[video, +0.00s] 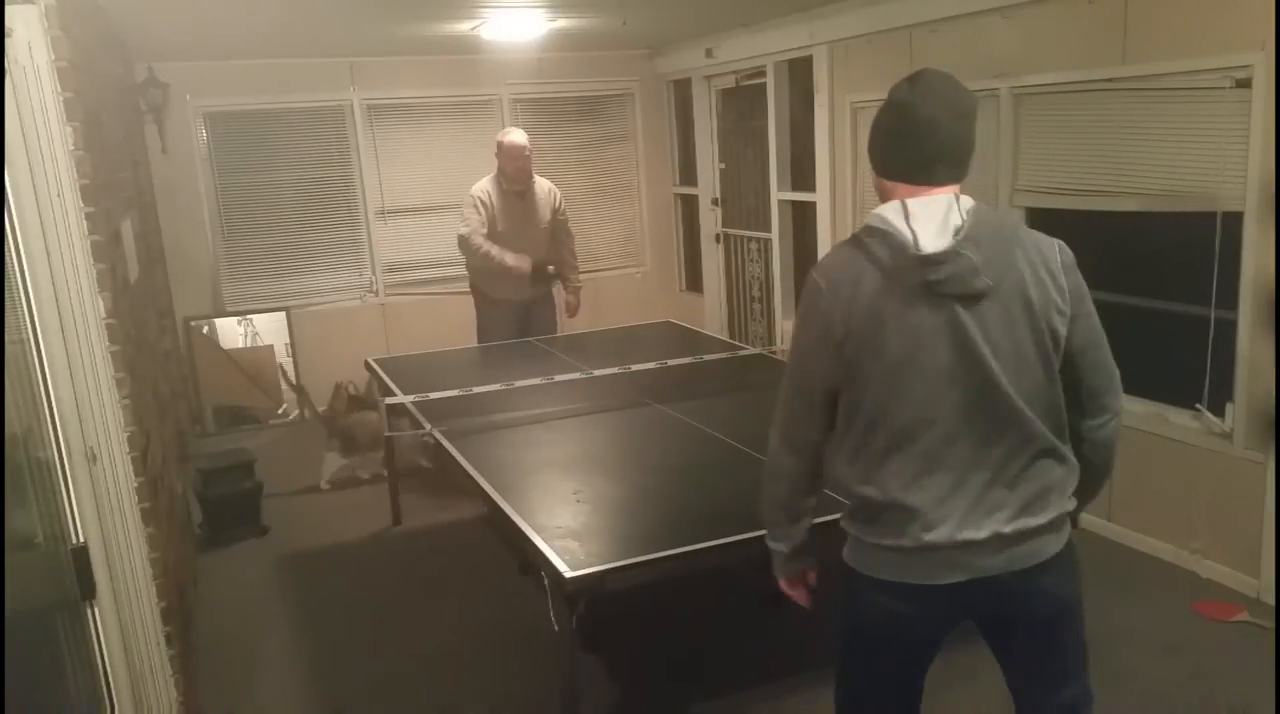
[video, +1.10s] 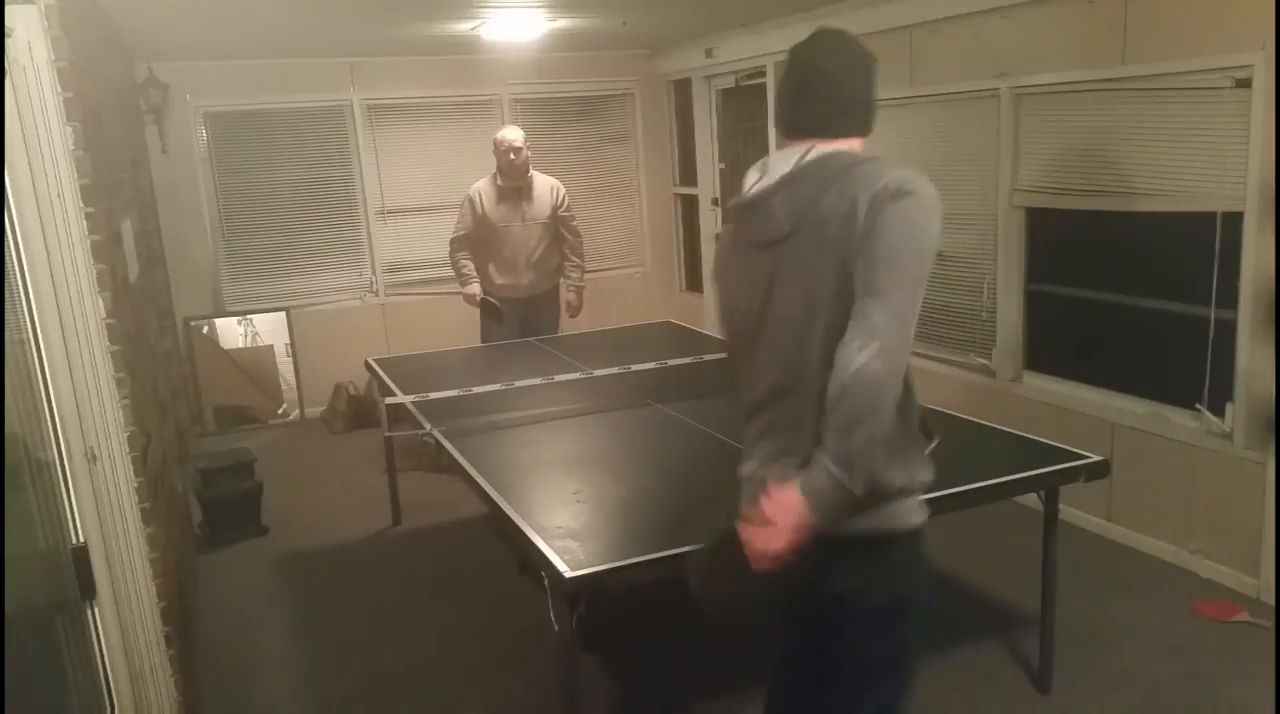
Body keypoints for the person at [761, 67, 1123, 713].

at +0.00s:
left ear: (876, 167)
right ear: (966, 161)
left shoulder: (839, 279)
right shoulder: (1046, 261)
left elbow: (795, 434)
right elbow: (1101, 407)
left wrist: (788, 546)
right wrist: (1069, 493)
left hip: (893, 579)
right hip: (1033, 570)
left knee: (874, 706)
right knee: (1061, 705)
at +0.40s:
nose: (913, 188)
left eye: (913, 175)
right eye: (918, 173)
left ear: (922, 181)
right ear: (1010, 171)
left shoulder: (891, 290)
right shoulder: (1093, 273)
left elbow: (838, 436)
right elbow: (1132, 408)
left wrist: (878, 503)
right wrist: (1064, 471)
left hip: (939, 587)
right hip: (1074, 583)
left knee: (873, 704)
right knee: (1091, 708)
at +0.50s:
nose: (913, 195)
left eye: (912, 182)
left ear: (919, 188)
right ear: (1008, 176)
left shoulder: (884, 294)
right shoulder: (1095, 275)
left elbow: (825, 418)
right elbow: (1149, 410)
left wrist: (913, 428)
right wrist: (1098, 481)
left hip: (933, 590)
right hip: (1071, 587)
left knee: (874, 705)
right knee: (1087, 707)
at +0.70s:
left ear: (890, 176)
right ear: (978, 177)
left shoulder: (844, 277)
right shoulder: (1046, 281)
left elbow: (791, 320)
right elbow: (1120, 447)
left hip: (880, 571)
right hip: (1008, 572)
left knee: (849, 697)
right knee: (1070, 699)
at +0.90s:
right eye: (924, 124)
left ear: (843, 131)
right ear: (926, 137)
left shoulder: (797, 235)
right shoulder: (948, 230)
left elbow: (791, 360)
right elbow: (880, 370)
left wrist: (797, 452)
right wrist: (802, 458)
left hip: (827, 535)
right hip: (927, 538)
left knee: (824, 694)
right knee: (988, 693)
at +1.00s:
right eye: (890, 90)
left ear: (813, 99)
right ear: (895, 102)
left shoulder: (774, 202)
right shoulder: (917, 190)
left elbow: (773, 341)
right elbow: (883, 339)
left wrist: (784, 445)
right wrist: (812, 454)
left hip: (802, 514)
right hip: (895, 519)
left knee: (807, 686)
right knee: (930, 691)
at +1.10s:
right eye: (862, 93)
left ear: (783, 107)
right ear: (869, 106)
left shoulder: (748, 211)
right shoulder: (894, 192)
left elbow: (745, 356)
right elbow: (872, 353)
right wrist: (815, 492)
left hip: (770, 519)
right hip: (869, 531)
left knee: (794, 690)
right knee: (868, 693)